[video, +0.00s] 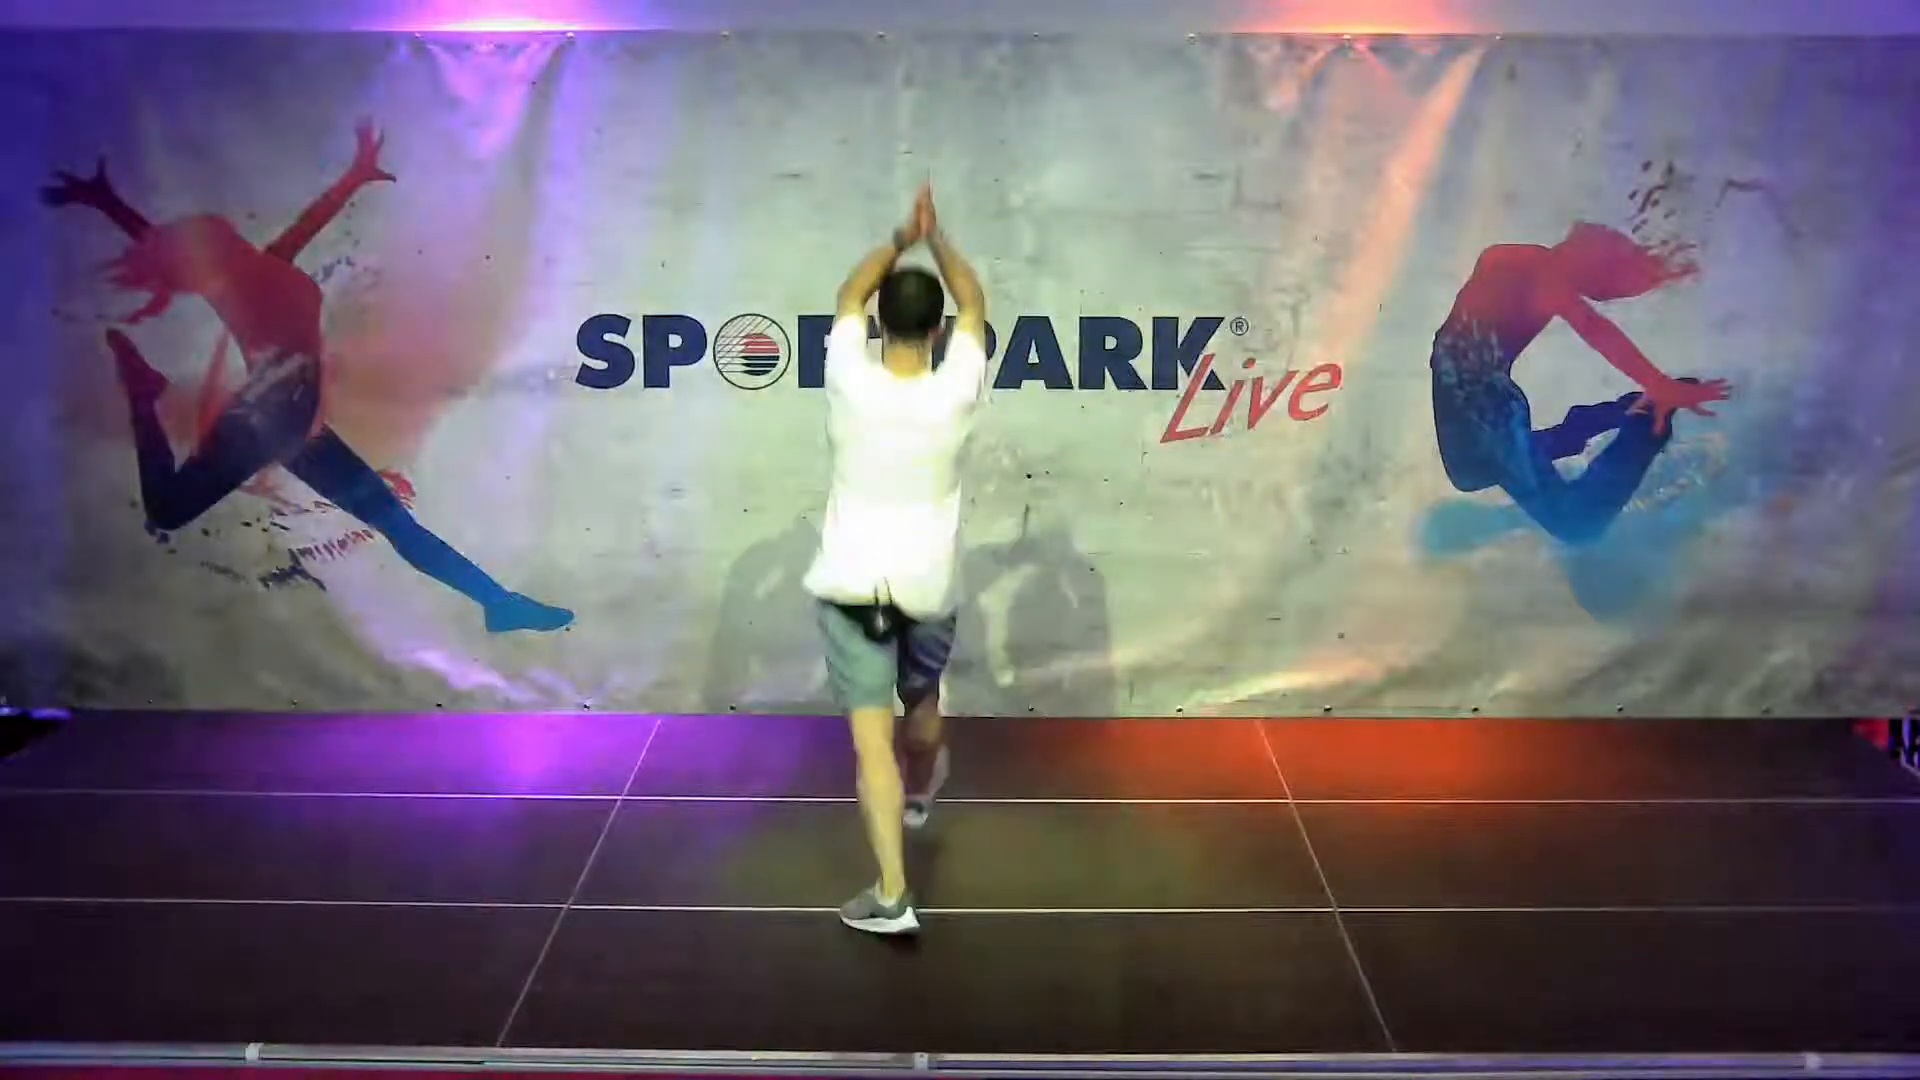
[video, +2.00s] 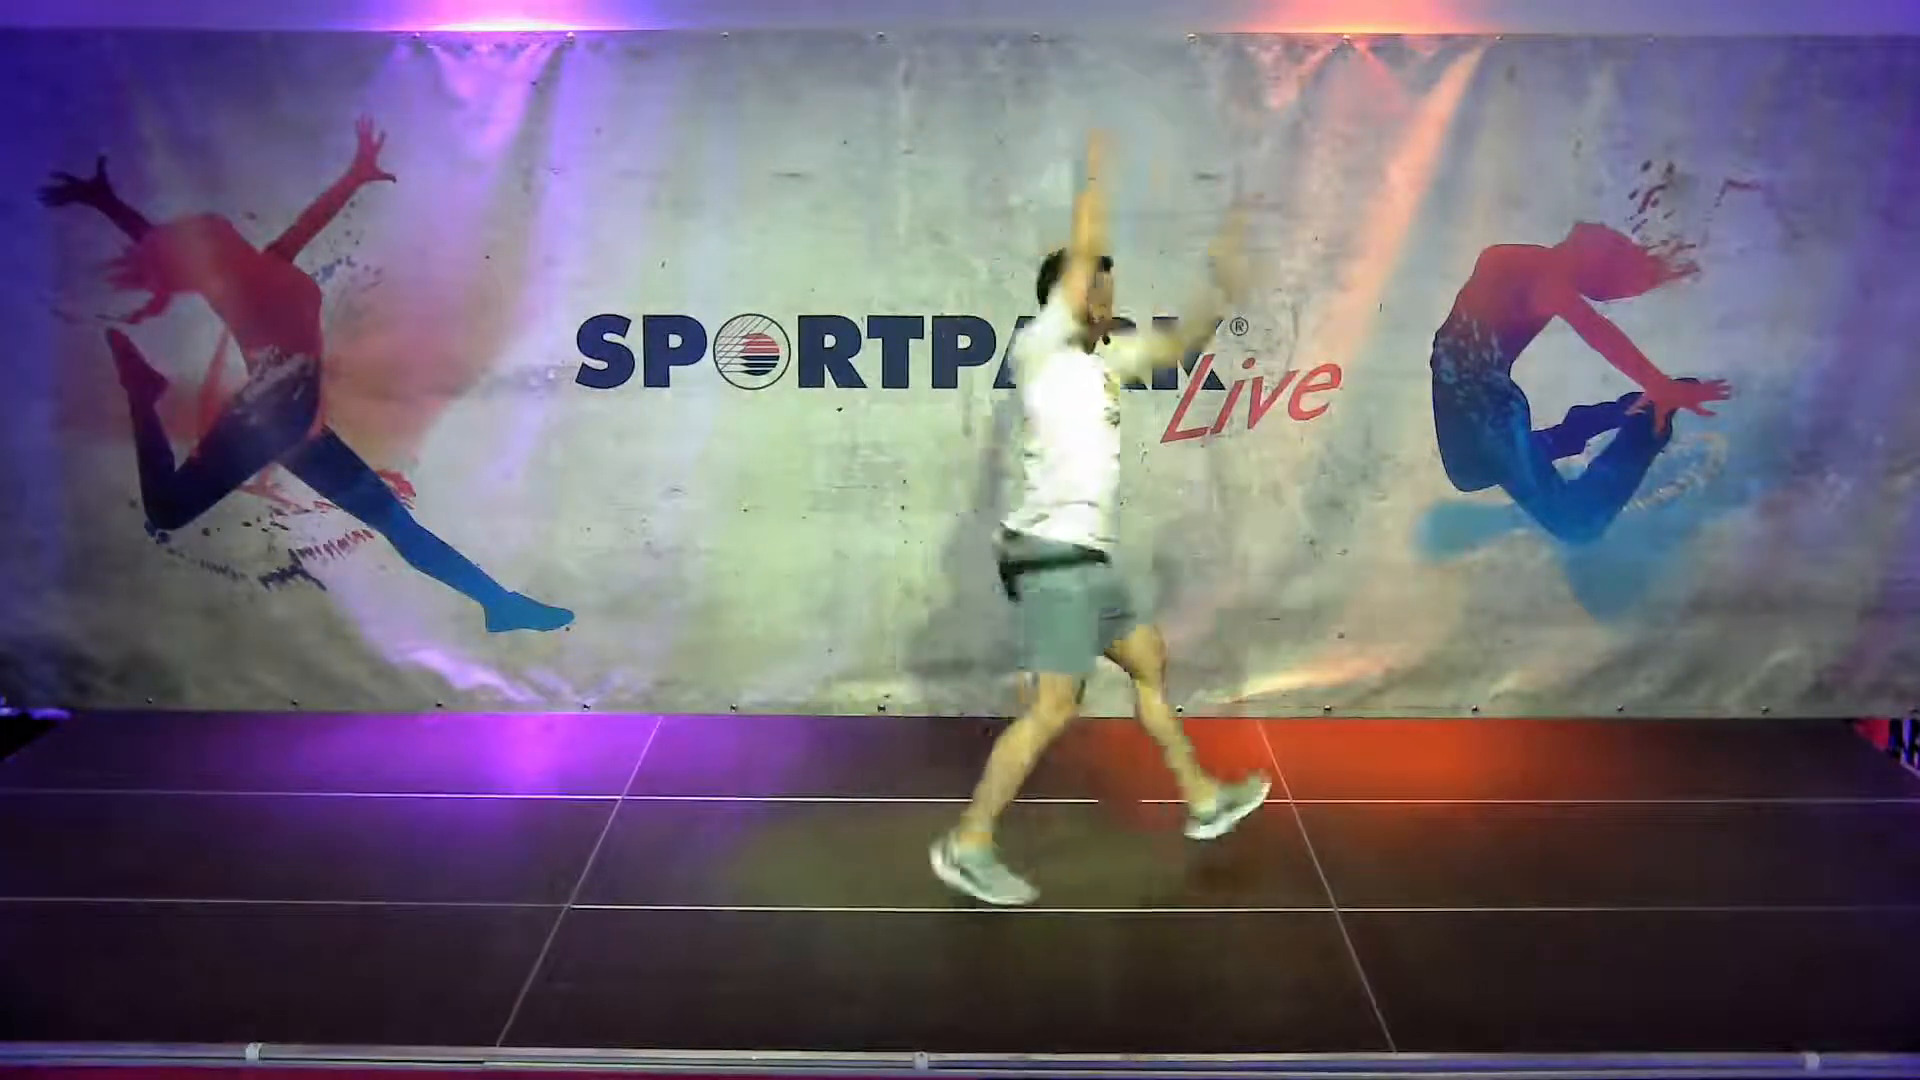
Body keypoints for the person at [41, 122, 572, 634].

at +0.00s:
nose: (184, 286)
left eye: (183, 267)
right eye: (178, 269)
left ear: (209, 255)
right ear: (203, 256)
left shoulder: (267, 268)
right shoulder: (237, 277)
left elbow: (309, 221)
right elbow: (157, 247)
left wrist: (358, 175)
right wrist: (104, 201)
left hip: (302, 428)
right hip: (261, 423)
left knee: (390, 516)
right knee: (166, 511)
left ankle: (500, 603)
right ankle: (142, 394)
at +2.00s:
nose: (182, 280)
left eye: (179, 261)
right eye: (177, 261)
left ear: (204, 250)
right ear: (198, 249)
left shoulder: (264, 268)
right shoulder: (229, 274)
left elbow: (308, 223)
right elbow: (159, 244)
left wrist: (358, 175)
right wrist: (105, 202)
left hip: (298, 426)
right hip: (264, 419)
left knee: (388, 515)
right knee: (166, 511)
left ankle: (500, 602)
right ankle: (143, 396)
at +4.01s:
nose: (219, 245)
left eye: (214, 237)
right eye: (206, 245)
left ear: (224, 240)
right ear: (198, 261)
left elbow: (313, 218)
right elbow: (157, 246)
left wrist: (358, 174)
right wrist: (100, 197)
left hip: (299, 427)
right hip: (257, 426)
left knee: (395, 521)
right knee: (166, 508)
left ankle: (508, 609)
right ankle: (141, 393)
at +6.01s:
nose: (183, 288)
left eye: (180, 267)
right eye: (186, 264)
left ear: (204, 253)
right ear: (202, 251)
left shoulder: (263, 271)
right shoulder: (240, 280)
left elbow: (306, 224)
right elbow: (156, 242)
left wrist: (357, 176)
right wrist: (103, 199)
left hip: (298, 426)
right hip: (261, 422)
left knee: (387, 514)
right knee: (166, 510)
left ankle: (500, 602)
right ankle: (139, 387)